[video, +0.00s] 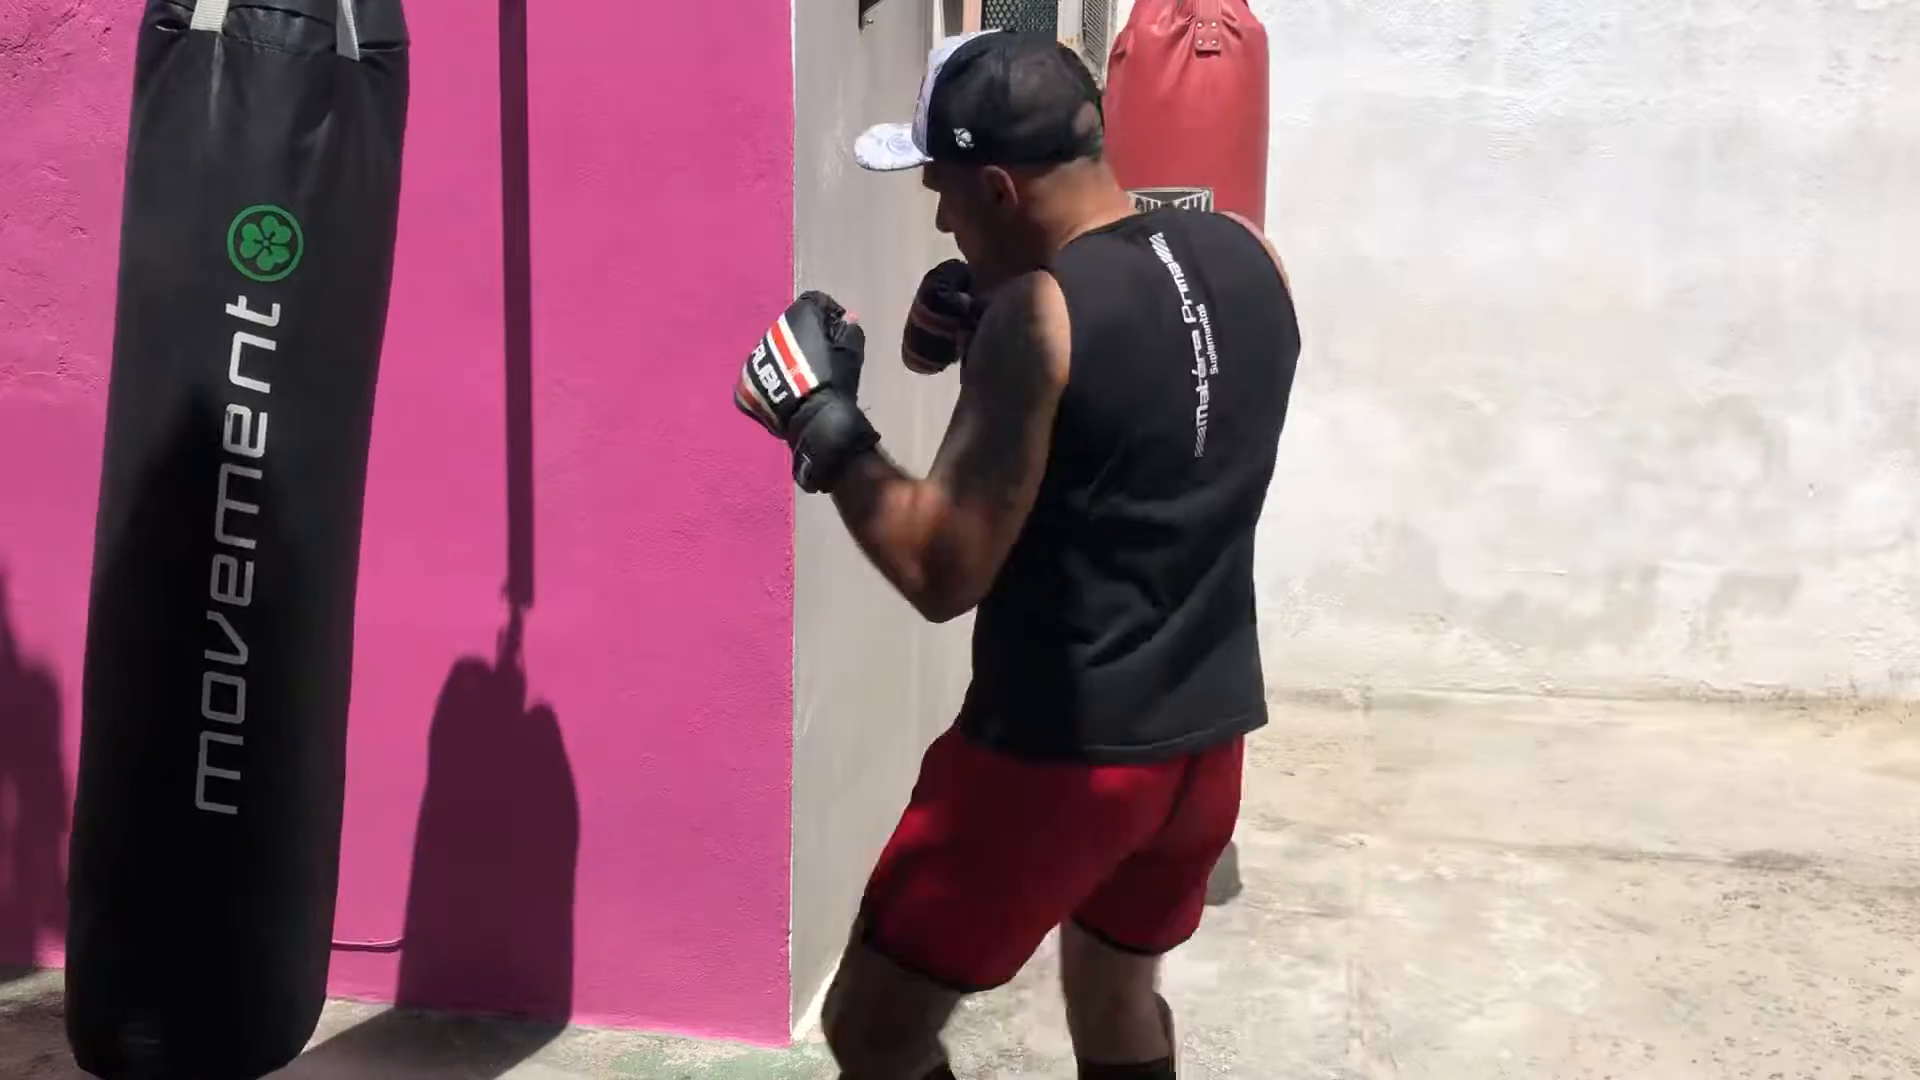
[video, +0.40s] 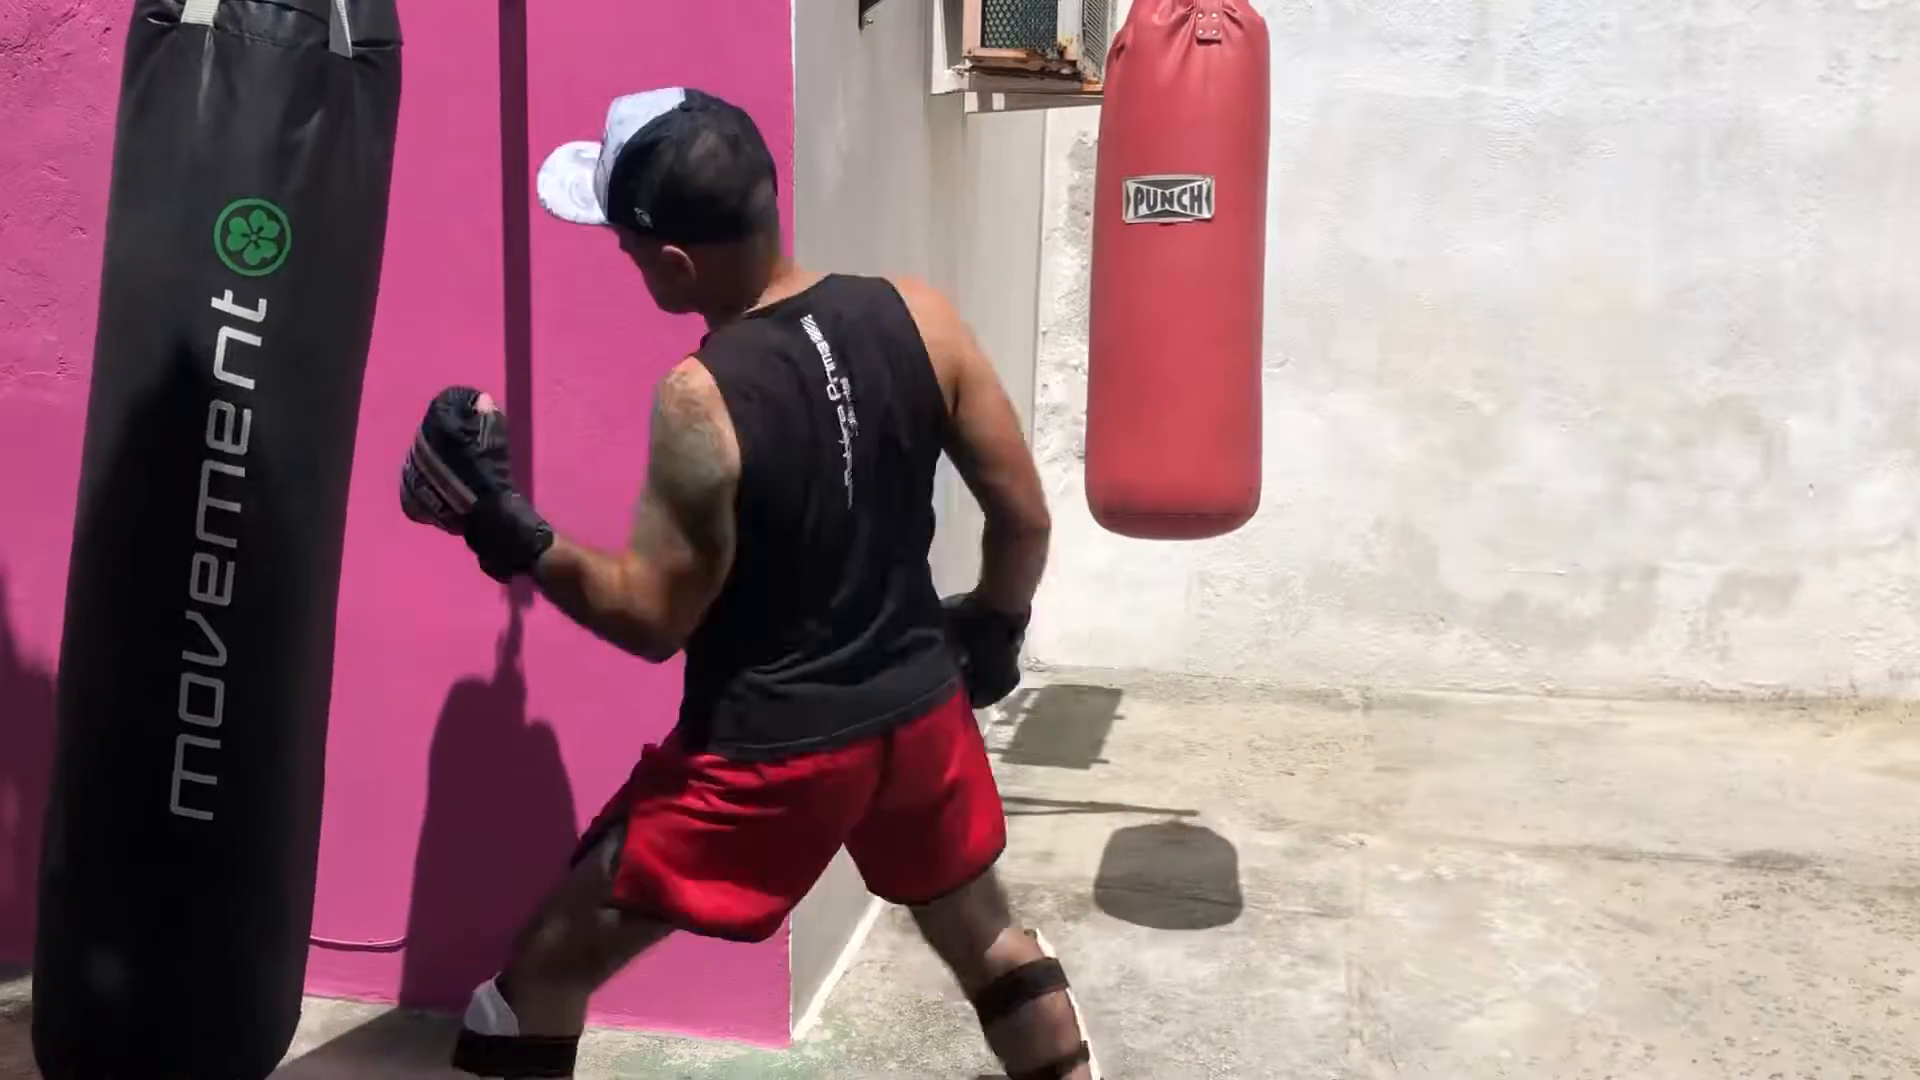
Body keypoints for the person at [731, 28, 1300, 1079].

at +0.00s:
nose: (944, 219)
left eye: (945, 193)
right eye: (936, 192)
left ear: (998, 187)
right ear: (1094, 140)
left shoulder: (1041, 312)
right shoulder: (1247, 263)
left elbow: (941, 573)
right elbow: (1161, 408)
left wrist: (830, 431)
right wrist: (1004, 330)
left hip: (1049, 758)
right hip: (1206, 742)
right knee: (1119, 992)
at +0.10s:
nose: (892, 259)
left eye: (899, 236)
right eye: (888, 235)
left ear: (960, 240)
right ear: (1047, 197)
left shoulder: (1021, 363)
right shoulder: (1165, 300)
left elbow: (912, 600)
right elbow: (1079, 459)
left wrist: (793, 435)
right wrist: (928, 349)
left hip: (998, 772)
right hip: (1130, 754)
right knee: (1053, 971)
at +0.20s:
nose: (848, 279)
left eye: (855, 258)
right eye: (844, 256)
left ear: (915, 264)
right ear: (999, 223)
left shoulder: (985, 386)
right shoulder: (1114, 320)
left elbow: (909, 629)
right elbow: (1046, 498)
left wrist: (756, 496)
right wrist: (902, 396)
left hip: (956, 792)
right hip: (1082, 769)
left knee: (696, 966)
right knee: (1025, 961)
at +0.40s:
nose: (628, 257)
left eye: (629, 243)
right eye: (624, 240)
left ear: (675, 257)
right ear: (774, 207)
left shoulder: (703, 398)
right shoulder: (915, 313)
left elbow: (651, 618)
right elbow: (1021, 509)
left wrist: (503, 523)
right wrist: (995, 623)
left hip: (764, 757)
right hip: (922, 716)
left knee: (550, 963)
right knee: (996, 946)